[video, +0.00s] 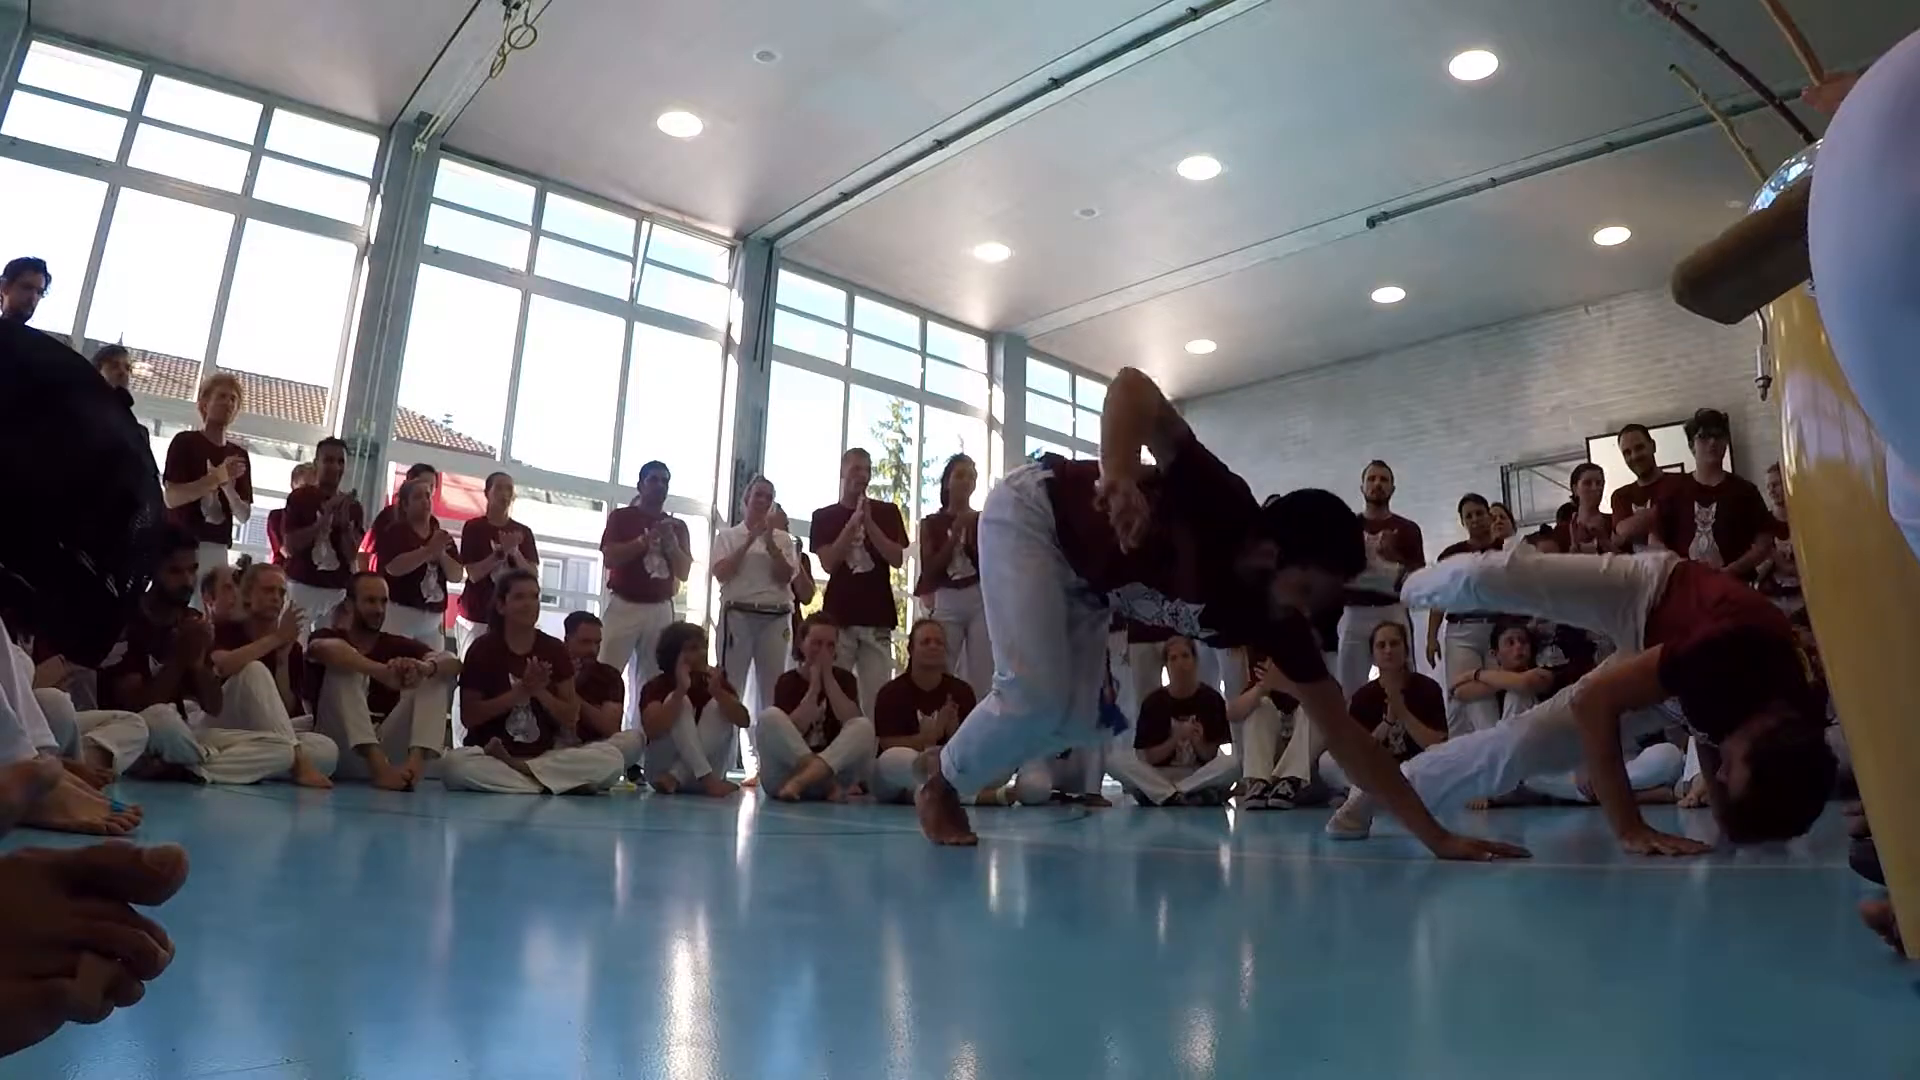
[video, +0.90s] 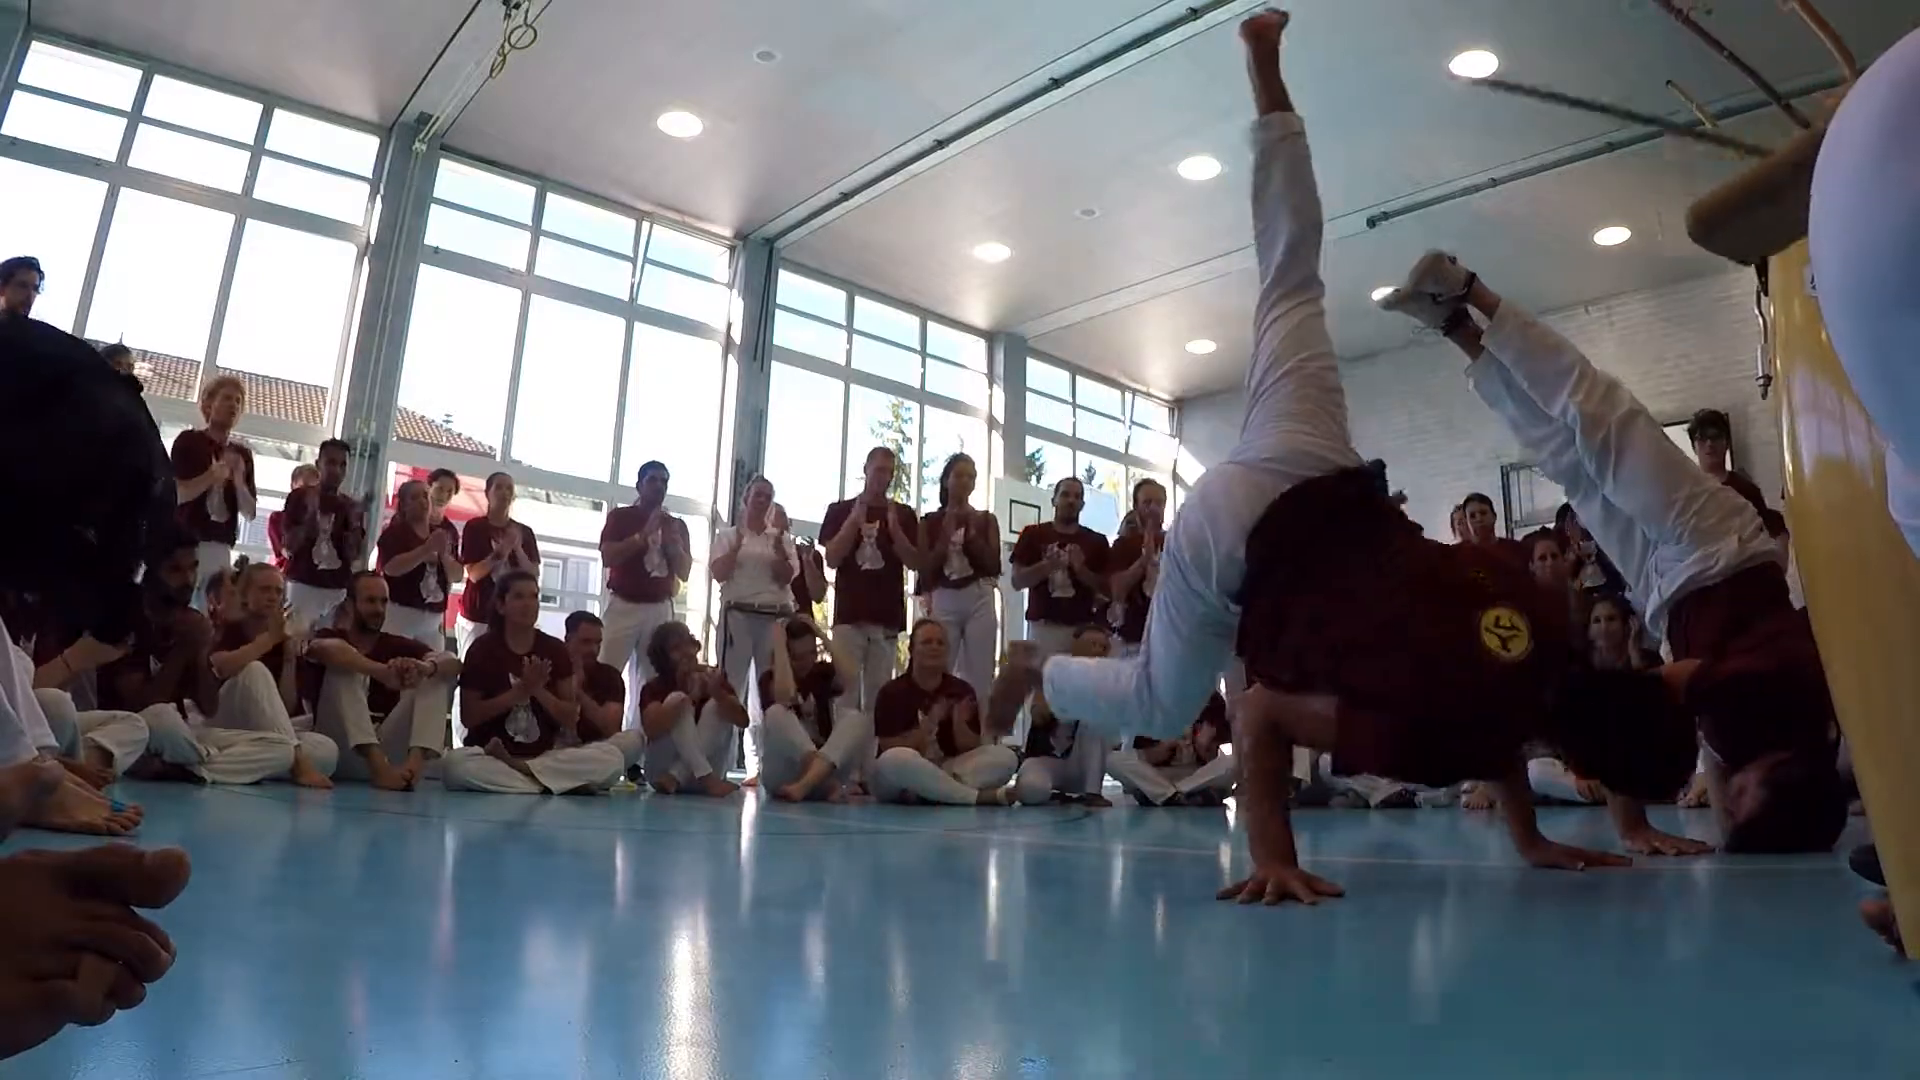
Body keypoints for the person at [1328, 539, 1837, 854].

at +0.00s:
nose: (1715, 783)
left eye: (1725, 791)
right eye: (1725, 778)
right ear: (1750, 742)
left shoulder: (1798, 738)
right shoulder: (1736, 656)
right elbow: (1596, 700)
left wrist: (1702, 787)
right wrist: (1630, 829)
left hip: (1660, 674)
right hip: (1653, 595)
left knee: (1522, 745)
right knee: (1505, 572)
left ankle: (1383, 790)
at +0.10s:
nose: (1711, 793)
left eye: (1720, 802)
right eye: (1722, 789)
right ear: (1754, 751)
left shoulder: (1811, 728)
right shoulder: (1727, 669)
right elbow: (1591, 704)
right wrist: (1630, 830)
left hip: (1654, 653)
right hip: (1686, 580)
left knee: (1520, 705)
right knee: (1539, 521)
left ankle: (1370, 733)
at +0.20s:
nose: (1712, 794)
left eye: (1721, 803)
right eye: (1724, 789)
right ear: (1761, 757)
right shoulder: (1737, 679)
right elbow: (1599, 699)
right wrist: (1631, 828)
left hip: (1665, 649)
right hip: (1696, 576)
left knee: (1528, 659)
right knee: (1565, 502)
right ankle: (1453, 449)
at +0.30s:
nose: (1718, 797)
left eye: (1722, 808)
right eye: (1731, 798)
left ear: (1772, 764)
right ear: (1760, 768)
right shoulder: (1735, 676)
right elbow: (1596, 706)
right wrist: (1632, 830)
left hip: (1676, 634)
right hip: (1716, 571)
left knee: (1534, 602)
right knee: (1567, 481)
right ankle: (1450, 405)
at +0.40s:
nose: (1721, 804)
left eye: (1727, 817)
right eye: (1732, 805)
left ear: (1772, 766)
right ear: (1762, 769)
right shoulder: (1748, 685)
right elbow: (1604, 703)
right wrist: (1631, 828)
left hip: (1677, 617)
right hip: (1719, 558)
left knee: (1534, 543)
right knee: (1582, 465)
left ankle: (1411, 443)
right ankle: (1449, 364)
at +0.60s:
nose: (1718, 798)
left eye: (1726, 806)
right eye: (1730, 799)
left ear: (1775, 770)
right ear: (1758, 765)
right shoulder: (1753, 685)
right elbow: (1608, 700)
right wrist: (1634, 827)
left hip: (1674, 604)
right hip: (1709, 550)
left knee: (1574, 500)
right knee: (1591, 434)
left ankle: (1445, 363)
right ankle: (1456, 322)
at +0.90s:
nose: (1727, 799)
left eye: (1728, 812)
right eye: (1738, 800)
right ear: (1764, 776)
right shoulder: (1773, 701)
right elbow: (1665, 687)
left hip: (1672, 602)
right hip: (1716, 557)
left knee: (1580, 477)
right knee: (1600, 416)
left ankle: (1457, 328)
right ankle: (1469, 289)